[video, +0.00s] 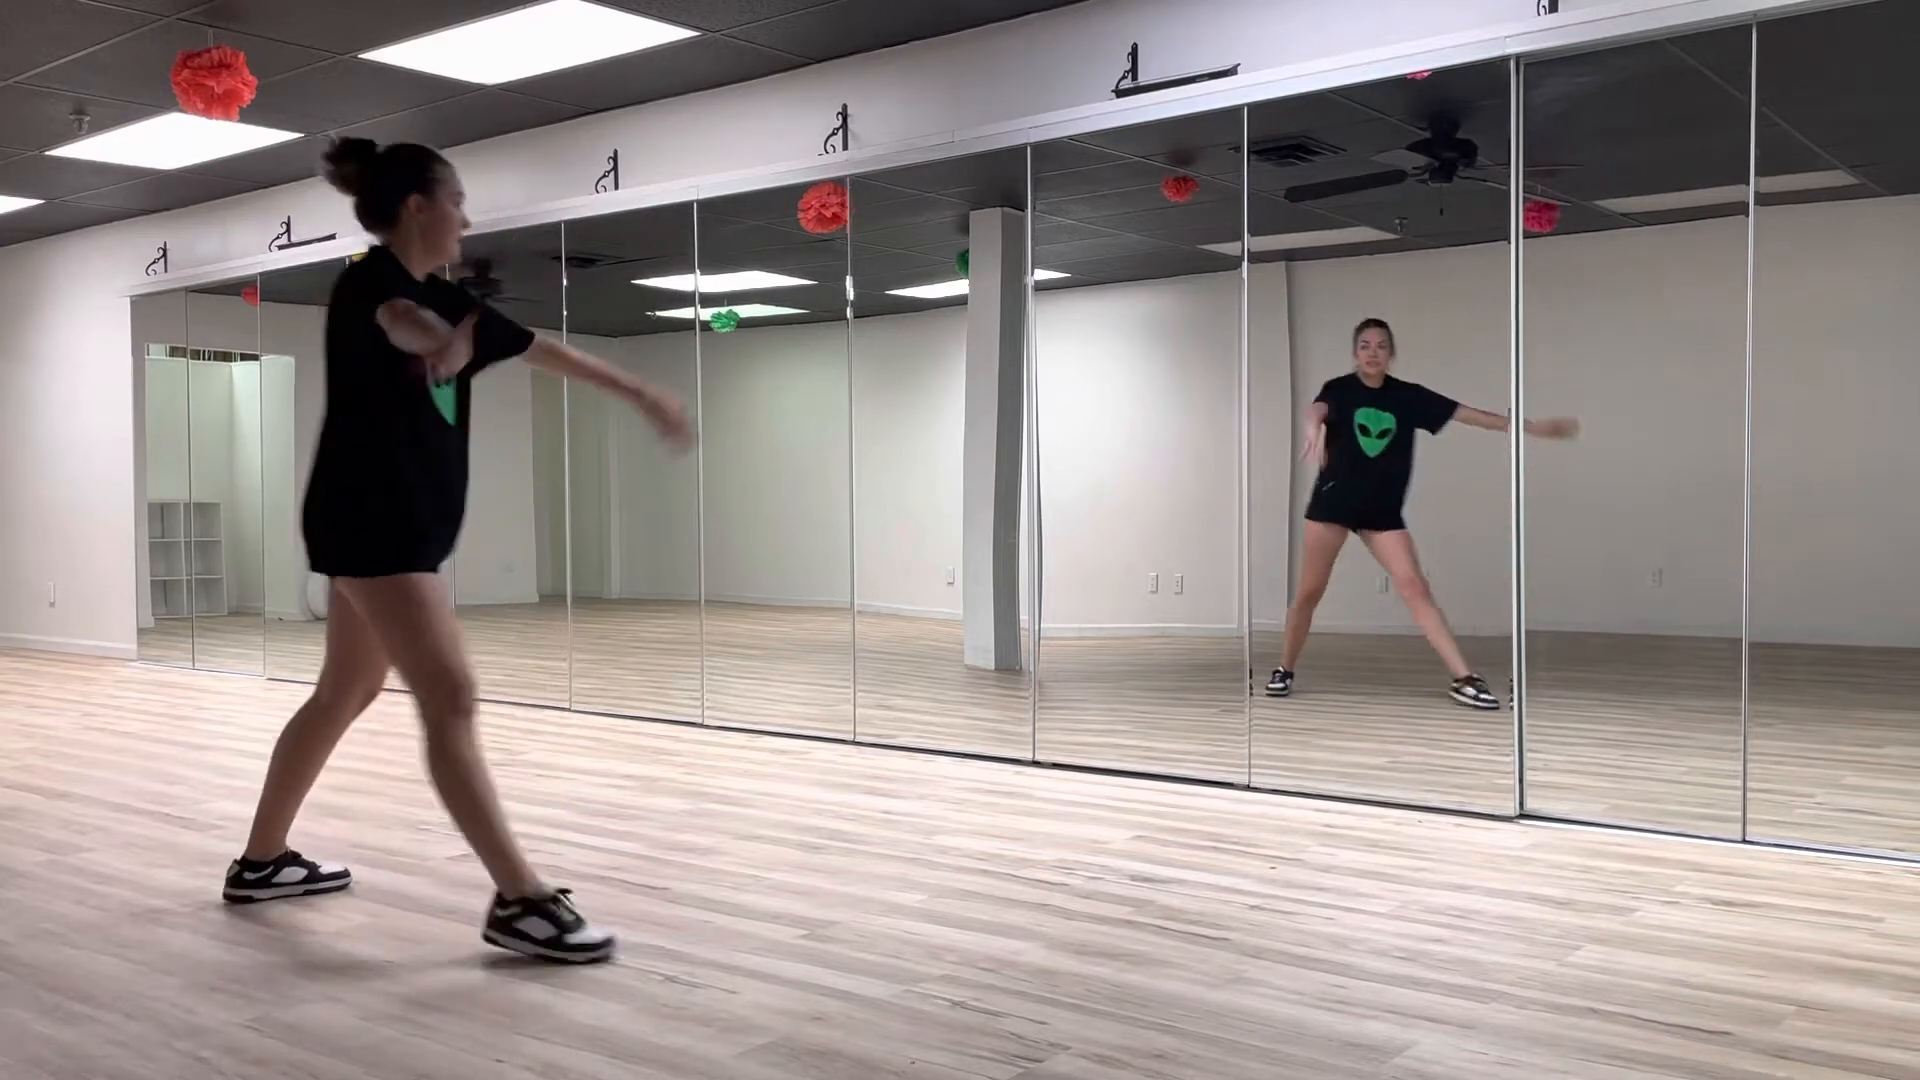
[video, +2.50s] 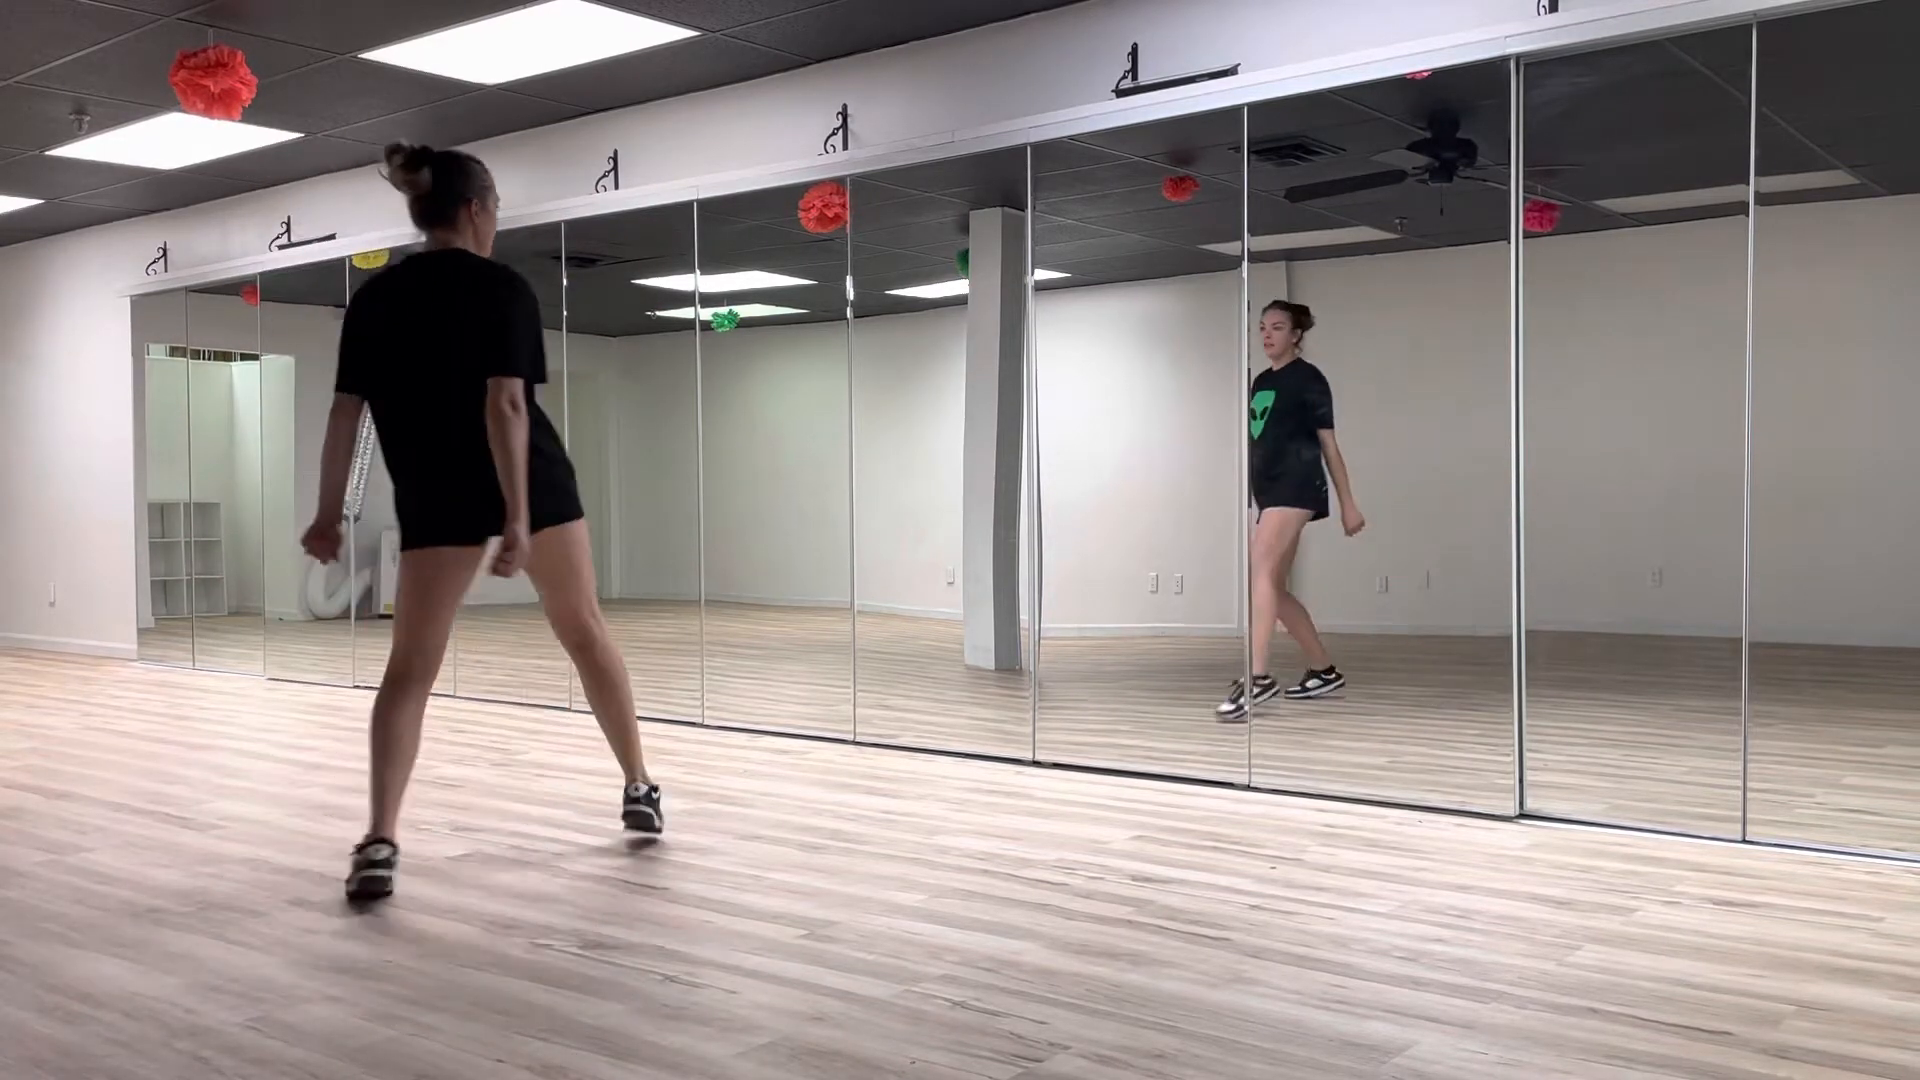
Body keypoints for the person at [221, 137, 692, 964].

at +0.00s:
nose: (464, 217)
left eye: (464, 203)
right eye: (455, 202)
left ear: (417, 210)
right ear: (414, 207)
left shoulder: (448, 295)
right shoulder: (371, 280)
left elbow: (539, 348)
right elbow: (407, 326)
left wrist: (644, 393)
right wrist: (450, 340)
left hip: (394, 522)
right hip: (370, 521)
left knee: (344, 690)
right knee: (448, 697)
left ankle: (261, 857)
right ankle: (519, 897)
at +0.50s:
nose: (376, 202)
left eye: (375, 190)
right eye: (369, 187)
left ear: (334, 197)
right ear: (329, 190)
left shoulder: (357, 294)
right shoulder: (272, 253)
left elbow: (453, 341)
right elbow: (345, 282)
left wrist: (444, 252)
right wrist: (425, 230)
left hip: (323, 487)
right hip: (279, 478)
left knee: (296, 666)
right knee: (382, 643)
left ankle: (253, 858)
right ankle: (305, 830)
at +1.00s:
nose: (360, 216)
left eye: (360, 202)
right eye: (355, 201)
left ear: (306, 201)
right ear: (315, 199)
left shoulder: (286, 272)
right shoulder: (266, 268)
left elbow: (254, 398)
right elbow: (231, 392)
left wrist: (210, 511)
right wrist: (200, 504)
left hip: (283, 495)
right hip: (298, 493)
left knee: (292, 666)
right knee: (392, 649)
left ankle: (252, 857)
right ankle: (289, 829)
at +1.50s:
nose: (417, 197)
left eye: (414, 183)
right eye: (408, 183)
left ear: (355, 192)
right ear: (371, 189)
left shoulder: (346, 264)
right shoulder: (330, 264)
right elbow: (315, 390)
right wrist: (307, 508)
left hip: (347, 489)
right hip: (367, 485)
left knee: (344, 667)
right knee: (501, 593)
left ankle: (264, 842)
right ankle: (479, 798)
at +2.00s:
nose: (475, 207)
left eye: (472, 193)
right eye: (469, 193)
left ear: (406, 201)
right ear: (442, 195)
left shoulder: (375, 285)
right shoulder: (439, 276)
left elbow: (356, 411)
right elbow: (436, 397)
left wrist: (350, 516)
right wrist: (444, 512)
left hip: (391, 507)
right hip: (470, 503)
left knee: (416, 681)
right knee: (522, 669)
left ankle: (344, 862)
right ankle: (503, 871)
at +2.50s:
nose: (497, 223)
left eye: (495, 211)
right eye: (495, 211)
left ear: (422, 217)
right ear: (475, 212)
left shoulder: (373, 297)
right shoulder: (501, 286)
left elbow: (346, 411)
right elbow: (506, 404)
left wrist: (329, 511)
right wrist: (516, 519)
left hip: (435, 493)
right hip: (527, 475)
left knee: (407, 673)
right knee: (583, 628)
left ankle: (380, 837)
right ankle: (639, 783)